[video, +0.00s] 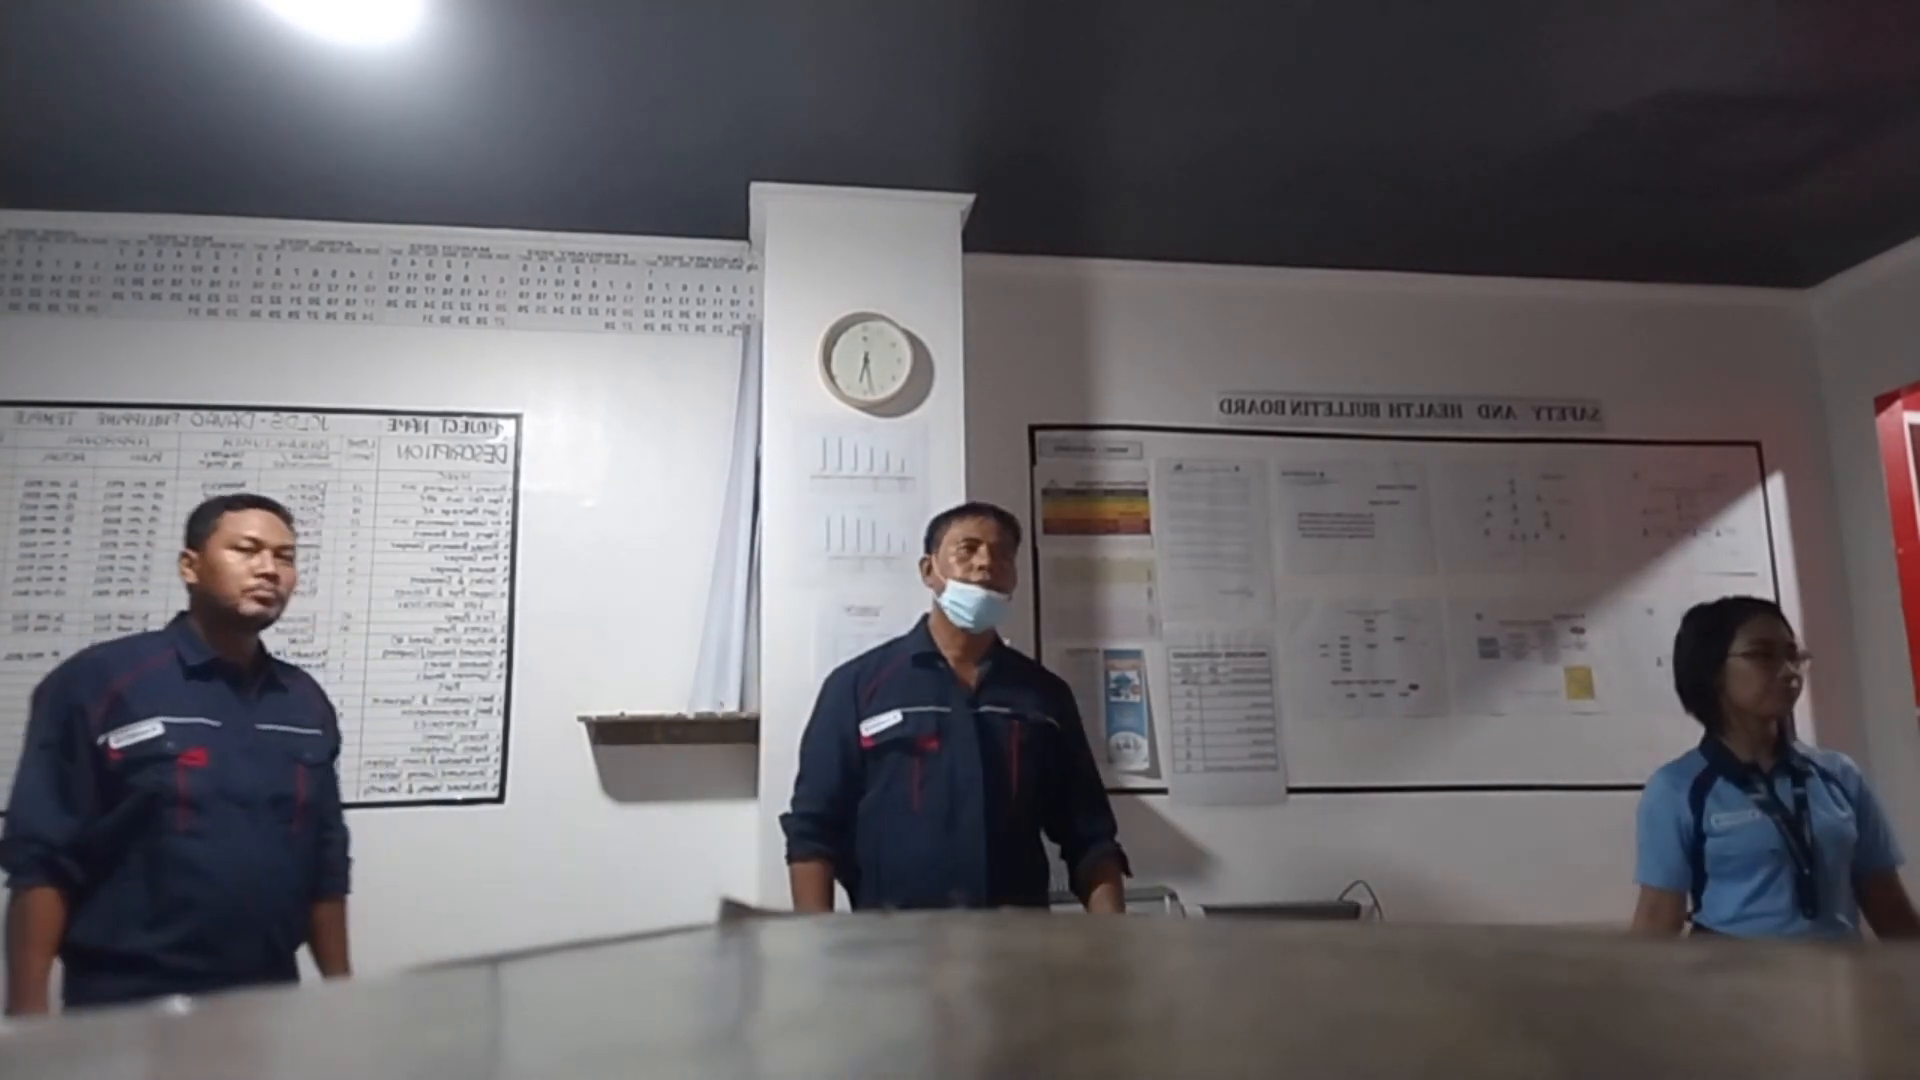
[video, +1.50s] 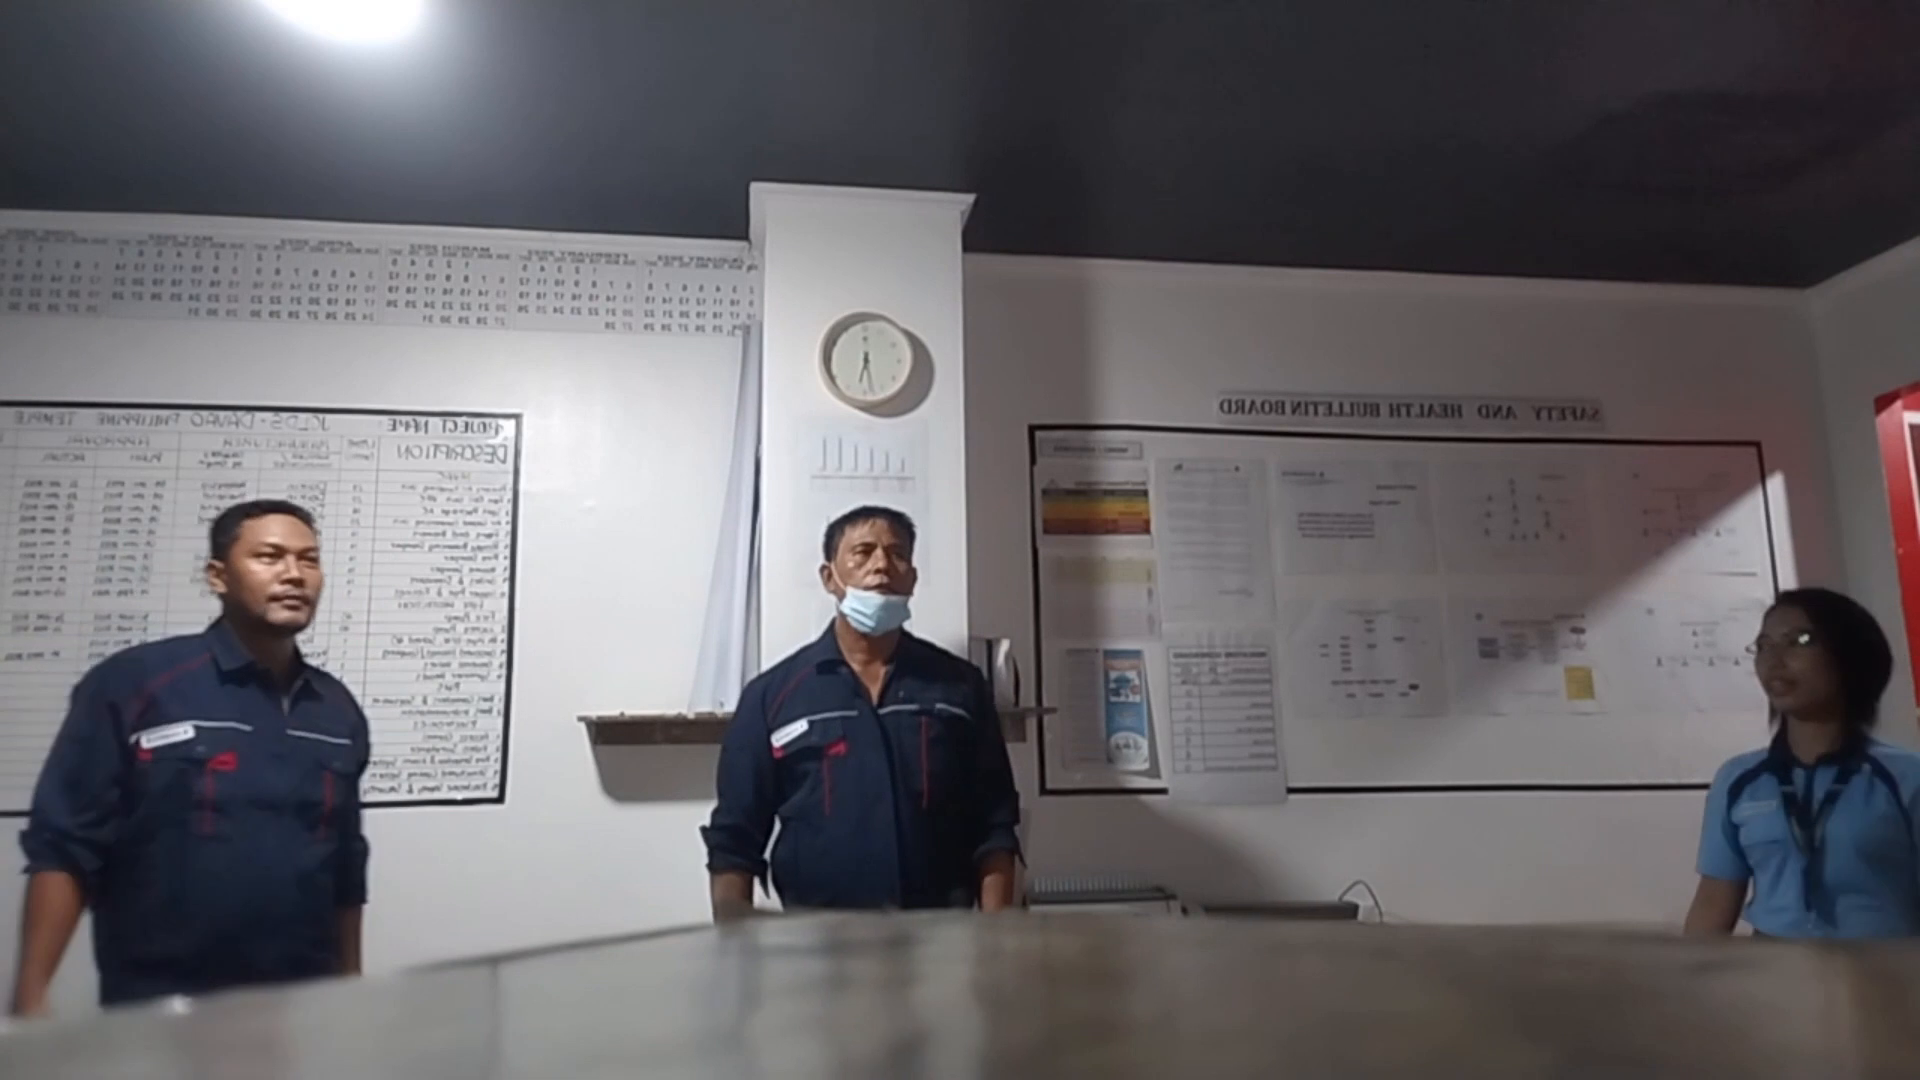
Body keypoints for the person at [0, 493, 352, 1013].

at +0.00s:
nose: (269, 569)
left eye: (283, 557)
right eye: (246, 549)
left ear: (295, 580)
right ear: (191, 567)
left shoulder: (306, 703)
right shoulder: (92, 685)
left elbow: (324, 868)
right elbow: (43, 864)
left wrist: (344, 1000)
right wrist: (28, 1026)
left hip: (264, 1012)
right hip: (123, 1014)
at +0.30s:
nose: (211, 564)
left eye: (224, 550)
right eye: (185, 543)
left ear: (234, 570)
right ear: (122, 560)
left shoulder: (238, 702)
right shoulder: (29, 680)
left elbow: (243, 861)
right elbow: (11, 849)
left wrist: (264, 990)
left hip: (205, 1017)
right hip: (58, 1021)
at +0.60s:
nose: (183, 562)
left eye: (195, 547)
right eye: (156, 540)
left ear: (207, 564)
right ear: (92, 556)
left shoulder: (213, 691)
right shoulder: (18, 674)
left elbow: (228, 858)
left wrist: (240, 997)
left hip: (187, 1017)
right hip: (45, 1020)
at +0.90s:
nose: (181, 567)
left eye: (194, 551)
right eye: (154, 545)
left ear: (204, 567)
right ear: (90, 559)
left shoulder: (222, 696)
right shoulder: (17, 680)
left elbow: (242, 860)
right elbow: (8, 853)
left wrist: (259, 998)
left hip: (190, 1018)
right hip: (47, 1022)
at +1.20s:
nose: (217, 566)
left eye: (229, 551)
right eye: (190, 547)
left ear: (242, 570)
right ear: (132, 567)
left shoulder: (258, 703)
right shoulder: (38, 690)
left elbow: (278, 857)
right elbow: (11, 857)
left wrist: (320, 989)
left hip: (215, 1011)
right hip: (71, 1017)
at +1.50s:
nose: (294, 575)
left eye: (308, 560)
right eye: (269, 557)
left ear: (322, 578)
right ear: (219, 576)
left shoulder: (340, 714)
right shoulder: (127, 689)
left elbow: (344, 880)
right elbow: (65, 852)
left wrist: (348, 1002)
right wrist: (30, 1002)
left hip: (301, 1018)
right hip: (161, 1018)